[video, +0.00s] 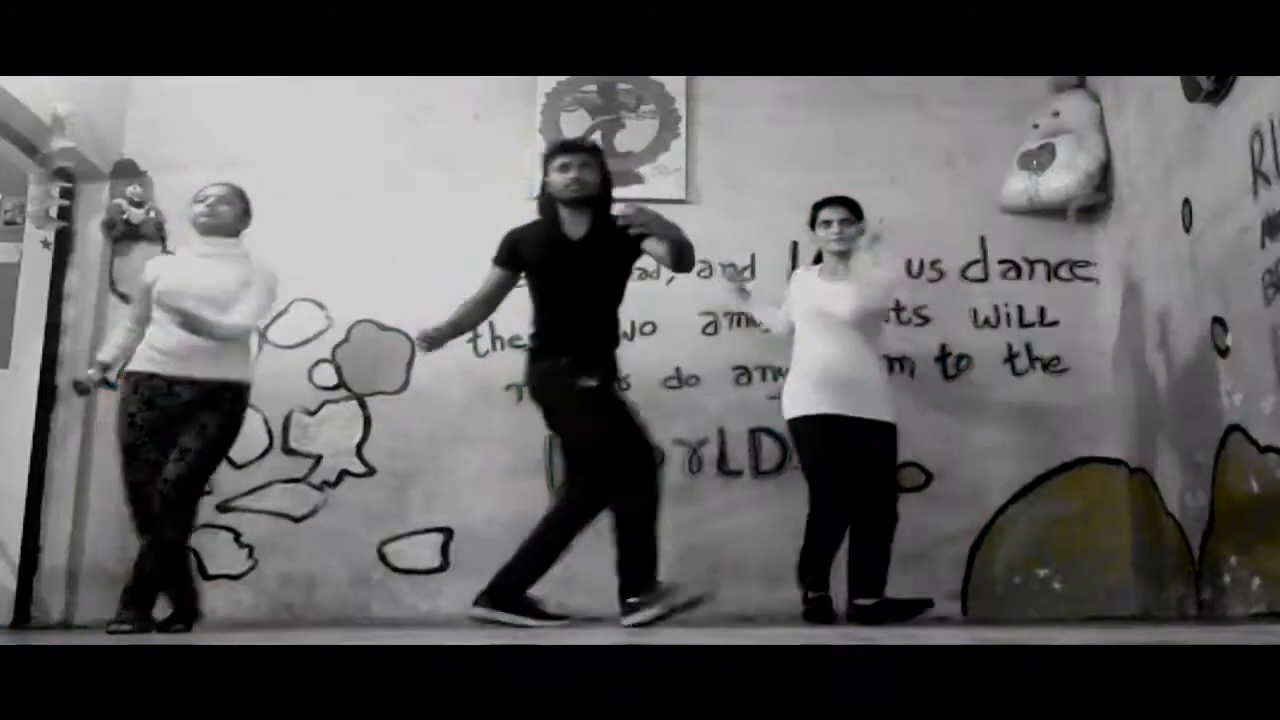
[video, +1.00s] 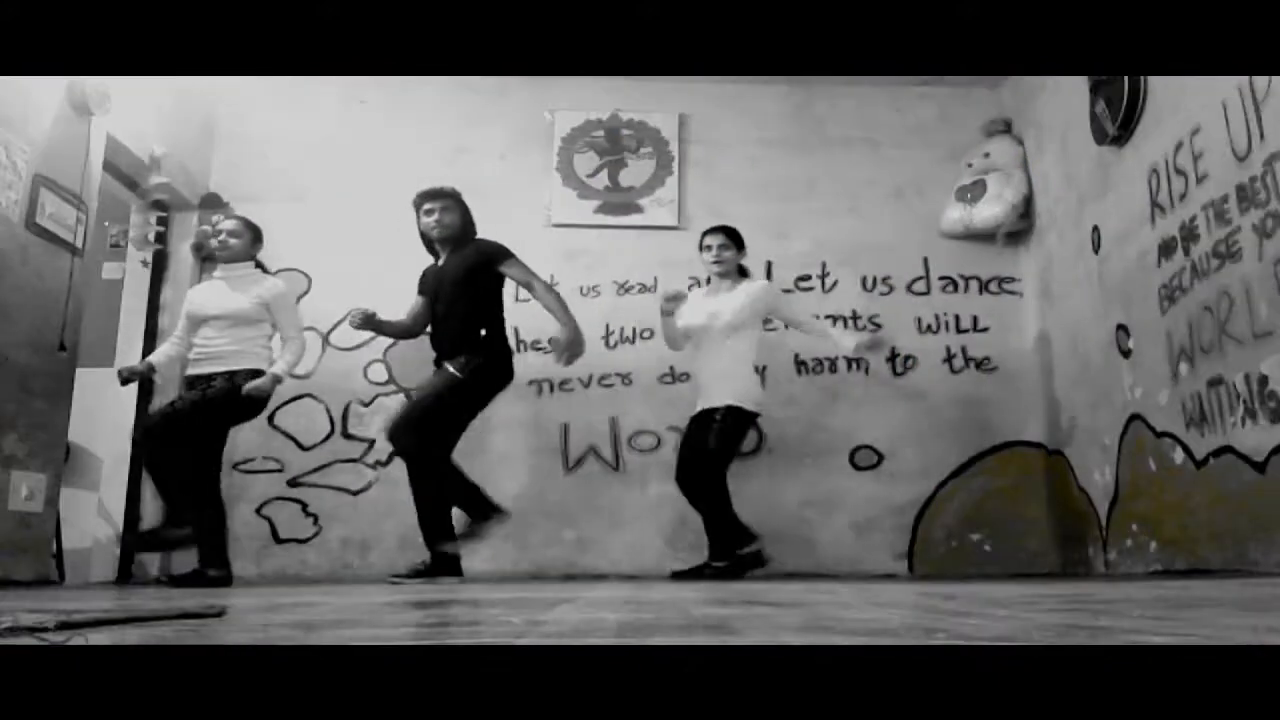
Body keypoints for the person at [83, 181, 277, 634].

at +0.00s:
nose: (208, 203)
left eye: (222, 199)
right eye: (201, 199)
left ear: (242, 219)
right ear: (190, 213)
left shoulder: (257, 272)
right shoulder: (161, 265)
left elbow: (242, 328)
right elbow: (133, 323)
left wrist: (194, 320)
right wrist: (103, 364)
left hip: (216, 392)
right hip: (149, 387)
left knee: (173, 494)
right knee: (145, 499)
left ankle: (134, 608)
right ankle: (185, 604)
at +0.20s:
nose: (176, 199)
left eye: (191, 195)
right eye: (170, 193)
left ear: (210, 215)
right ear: (159, 207)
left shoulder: (222, 259)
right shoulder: (151, 264)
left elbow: (228, 325)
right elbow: (131, 338)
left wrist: (168, 334)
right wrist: (81, 336)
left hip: (191, 381)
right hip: (139, 384)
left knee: (113, 472)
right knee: (158, 496)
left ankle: (124, 599)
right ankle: (213, 599)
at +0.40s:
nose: (148, 210)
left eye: (162, 206)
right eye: (145, 203)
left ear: (184, 226)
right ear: (134, 217)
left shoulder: (197, 269)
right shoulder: (112, 275)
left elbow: (258, 319)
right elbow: (57, 320)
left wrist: (299, 342)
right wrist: (15, 315)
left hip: (158, 392)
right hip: (112, 393)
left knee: (74, 499)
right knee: (130, 509)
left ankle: (74, 610)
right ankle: (211, 596)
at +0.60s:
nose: (135, 203)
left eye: (150, 199)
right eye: (132, 199)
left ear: (175, 218)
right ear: (125, 213)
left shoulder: (194, 267)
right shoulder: (100, 268)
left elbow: (216, 335)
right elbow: (70, 330)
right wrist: (42, 374)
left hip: (148, 381)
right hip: (87, 380)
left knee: (84, 478)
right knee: (71, 482)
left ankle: (131, 601)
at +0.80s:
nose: (216, 236)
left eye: (228, 232)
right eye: (213, 232)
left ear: (249, 247)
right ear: (208, 244)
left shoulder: (264, 286)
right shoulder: (197, 291)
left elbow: (275, 341)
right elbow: (183, 344)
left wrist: (218, 353)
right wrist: (149, 381)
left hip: (233, 385)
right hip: (185, 383)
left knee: (162, 455)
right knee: (179, 467)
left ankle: (167, 563)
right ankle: (208, 565)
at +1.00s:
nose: (220, 239)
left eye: (231, 235)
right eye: (217, 234)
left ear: (254, 247)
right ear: (211, 243)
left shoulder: (270, 287)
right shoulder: (198, 293)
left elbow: (294, 340)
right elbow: (180, 343)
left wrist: (274, 377)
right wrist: (144, 367)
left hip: (244, 384)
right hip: (199, 385)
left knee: (157, 429)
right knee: (202, 476)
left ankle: (181, 520)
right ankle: (214, 567)